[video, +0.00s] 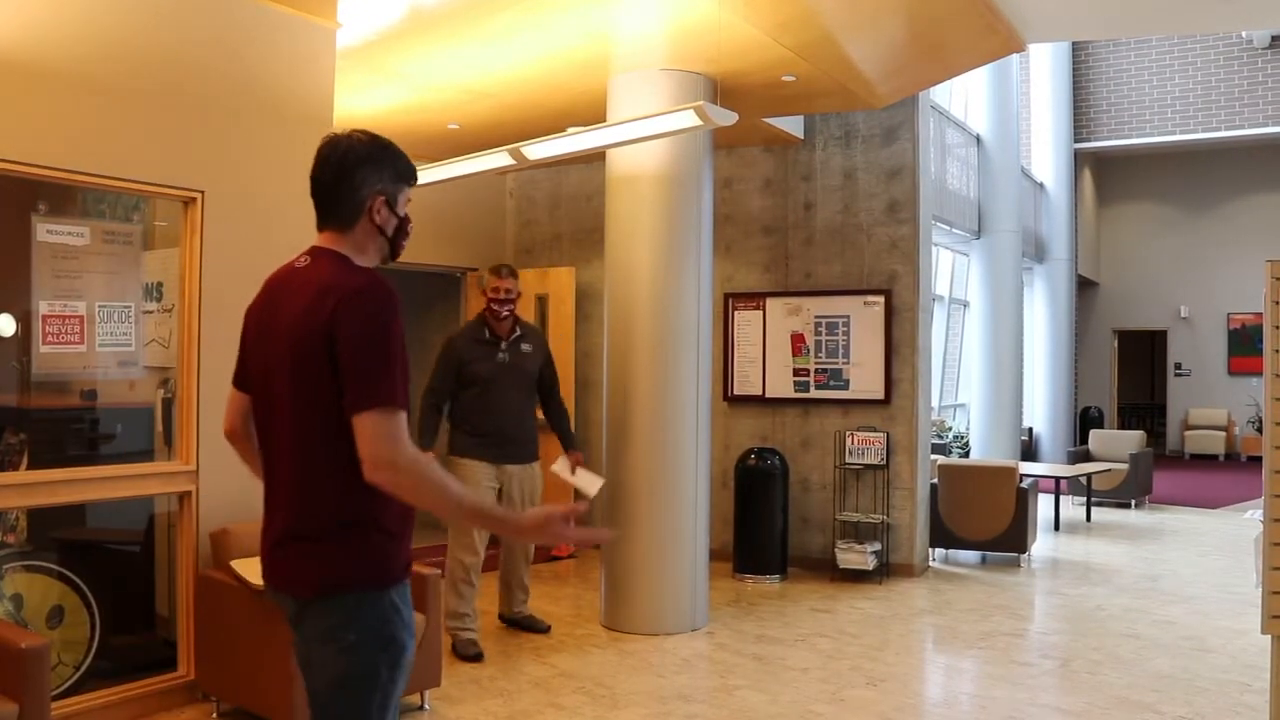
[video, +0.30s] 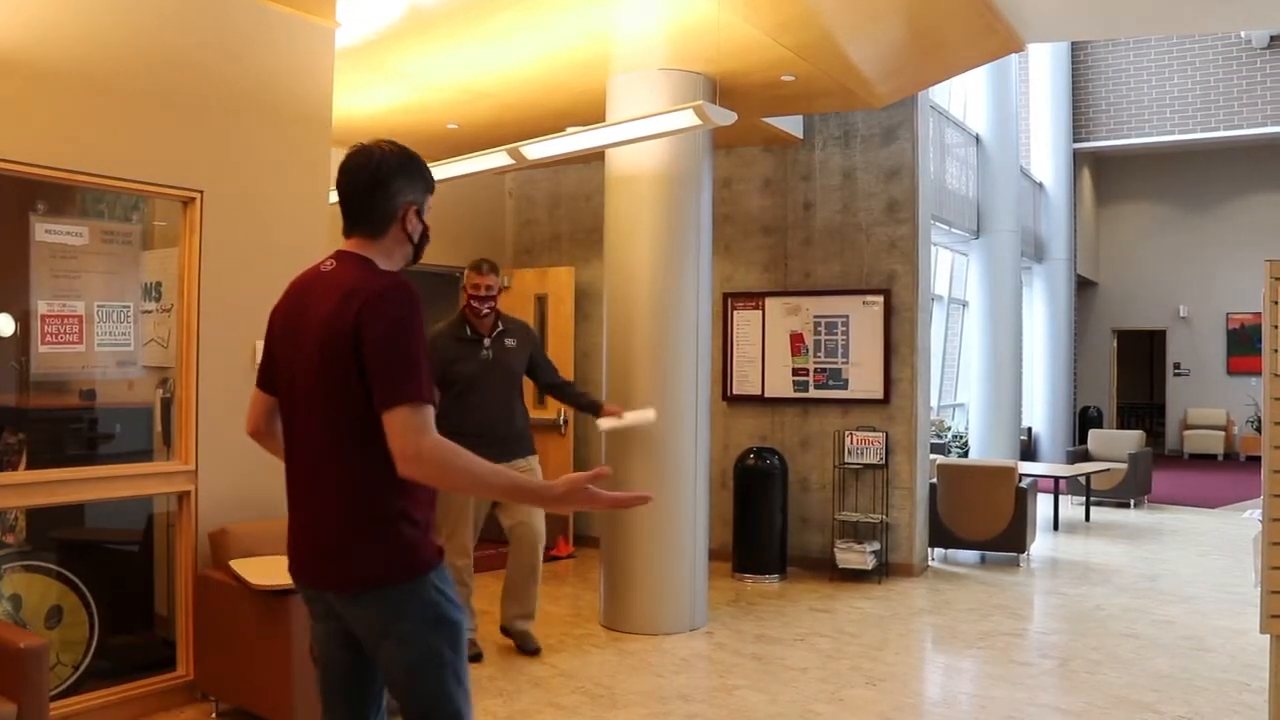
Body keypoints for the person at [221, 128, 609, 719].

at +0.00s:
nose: (408, 221)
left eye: (409, 205)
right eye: (406, 204)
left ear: (325, 202)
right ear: (377, 207)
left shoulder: (277, 288)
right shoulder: (363, 293)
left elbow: (238, 425)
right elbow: (386, 458)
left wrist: (296, 490)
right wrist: (511, 521)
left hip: (295, 567)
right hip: (355, 579)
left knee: (338, 707)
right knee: (362, 709)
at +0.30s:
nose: (425, 228)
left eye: (426, 213)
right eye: (426, 212)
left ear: (347, 207)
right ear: (408, 216)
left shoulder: (299, 292)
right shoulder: (388, 294)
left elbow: (261, 422)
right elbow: (414, 448)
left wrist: (333, 463)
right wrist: (544, 492)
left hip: (318, 555)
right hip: (391, 562)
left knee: (349, 712)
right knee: (443, 707)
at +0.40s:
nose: (432, 228)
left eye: (432, 213)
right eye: (433, 213)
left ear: (355, 210)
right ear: (420, 219)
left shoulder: (304, 294)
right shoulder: (397, 295)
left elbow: (267, 422)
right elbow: (424, 450)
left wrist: (338, 459)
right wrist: (552, 490)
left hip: (328, 554)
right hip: (399, 559)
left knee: (356, 711)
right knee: (457, 708)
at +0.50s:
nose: (440, 225)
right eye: (442, 212)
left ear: (363, 211)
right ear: (432, 221)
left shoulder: (311, 295)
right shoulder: (410, 297)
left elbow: (273, 421)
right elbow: (437, 452)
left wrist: (345, 460)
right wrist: (568, 492)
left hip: (336, 554)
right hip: (408, 559)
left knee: (363, 711)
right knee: (467, 709)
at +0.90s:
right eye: (496, 227)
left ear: (411, 210)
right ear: (486, 225)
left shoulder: (358, 300)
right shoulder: (479, 303)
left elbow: (317, 425)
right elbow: (519, 461)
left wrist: (379, 452)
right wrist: (644, 495)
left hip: (390, 561)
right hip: (472, 563)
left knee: (396, 712)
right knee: (514, 706)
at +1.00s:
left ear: (429, 208)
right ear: (504, 223)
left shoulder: (373, 300)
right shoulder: (503, 304)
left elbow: (331, 425)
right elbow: (540, 458)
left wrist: (383, 450)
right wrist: (667, 495)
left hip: (406, 567)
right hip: (493, 572)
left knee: (406, 711)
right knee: (522, 710)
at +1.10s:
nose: (527, 228)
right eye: (529, 216)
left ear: (447, 207)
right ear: (523, 220)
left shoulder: (390, 298)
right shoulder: (521, 300)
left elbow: (346, 427)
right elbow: (561, 457)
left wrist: (399, 451)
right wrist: (692, 496)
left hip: (423, 571)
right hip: (512, 578)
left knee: (420, 713)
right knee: (530, 710)